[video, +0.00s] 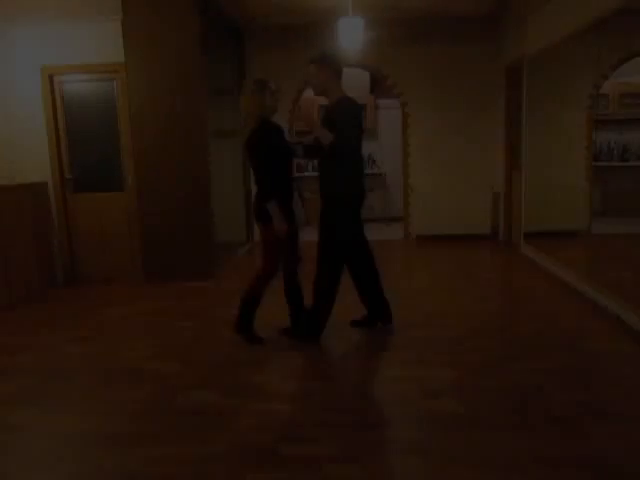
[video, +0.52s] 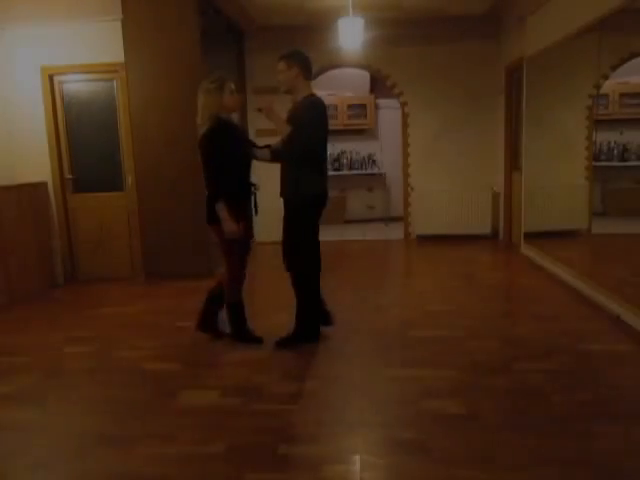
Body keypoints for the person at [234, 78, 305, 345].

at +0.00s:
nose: (276, 101)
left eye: (274, 96)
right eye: (271, 96)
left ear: (260, 100)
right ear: (260, 100)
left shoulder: (270, 131)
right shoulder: (263, 133)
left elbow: (281, 172)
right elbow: (268, 179)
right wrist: (276, 214)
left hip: (282, 205)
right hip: (271, 207)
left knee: (289, 264)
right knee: (271, 265)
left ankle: (298, 318)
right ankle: (244, 320)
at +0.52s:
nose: (237, 97)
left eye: (235, 93)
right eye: (231, 93)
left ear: (227, 98)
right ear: (217, 98)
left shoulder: (233, 130)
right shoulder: (214, 133)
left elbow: (254, 151)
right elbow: (214, 180)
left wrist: (281, 146)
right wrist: (226, 216)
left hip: (240, 204)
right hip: (225, 207)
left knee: (237, 267)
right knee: (233, 269)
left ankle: (209, 315)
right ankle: (238, 324)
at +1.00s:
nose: (217, 98)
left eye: (216, 93)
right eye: (211, 93)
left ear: (207, 98)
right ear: (196, 98)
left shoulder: (214, 130)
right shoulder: (189, 134)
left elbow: (235, 154)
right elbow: (184, 180)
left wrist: (263, 152)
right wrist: (195, 213)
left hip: (222, 204)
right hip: (205, 207)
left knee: (232, 261)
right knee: (215, 266)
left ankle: (210, 311)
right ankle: (206, 327)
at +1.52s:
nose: (204, 105)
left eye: (204, 100)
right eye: (199, 101)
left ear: (202, 105)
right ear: (184, 105)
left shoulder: (207, 136)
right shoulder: (173, 142)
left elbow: (239, 154)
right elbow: (168, 185)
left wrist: (264, 140)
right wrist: (189, 212)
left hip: (214, 199)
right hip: (193, 203)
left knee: (211, 259)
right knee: (220, 261)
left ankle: (210, 307)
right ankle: (192, 294)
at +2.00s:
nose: (187, 103)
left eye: (187, 98)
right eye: (181, 98)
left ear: (182, 104)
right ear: (166, 103)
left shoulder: (190, 136)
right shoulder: (156, 142)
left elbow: (212, 155)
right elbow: (156, 188)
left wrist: (241, 156)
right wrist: (177, 216)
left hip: (200, 208)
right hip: (174, 213)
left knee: (206, 268)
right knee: (181, 270)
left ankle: (191, 324)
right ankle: (183, 325)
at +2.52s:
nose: (153, 93)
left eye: (152, 88)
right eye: (146, 88)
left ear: (138, 93)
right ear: (128, 94)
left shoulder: (143, 127)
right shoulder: (125, 129)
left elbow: (161, 165)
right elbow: (123, 178)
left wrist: (196, 155)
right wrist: (165, 196)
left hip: (152, 221)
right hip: (138, 224)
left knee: (180, 277)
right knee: (155, 290)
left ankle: (143, 330)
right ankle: (148, 371)